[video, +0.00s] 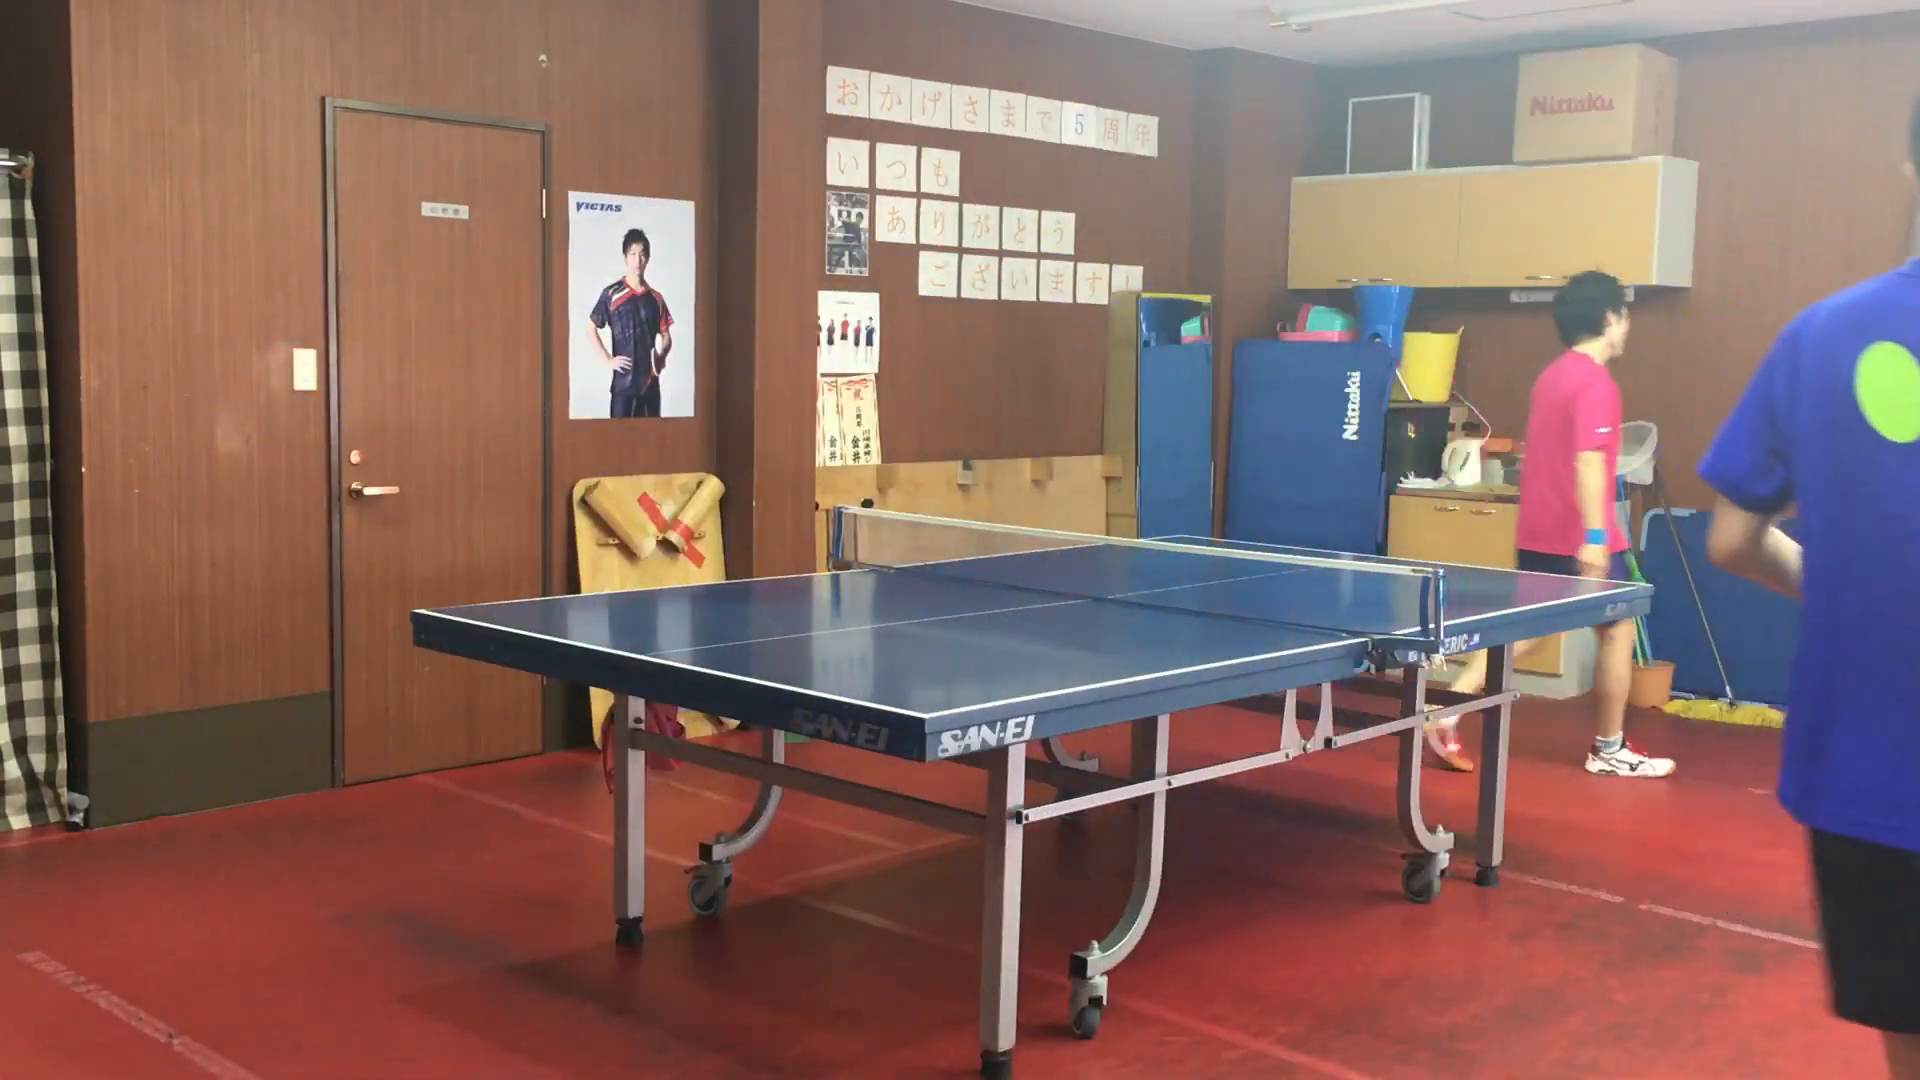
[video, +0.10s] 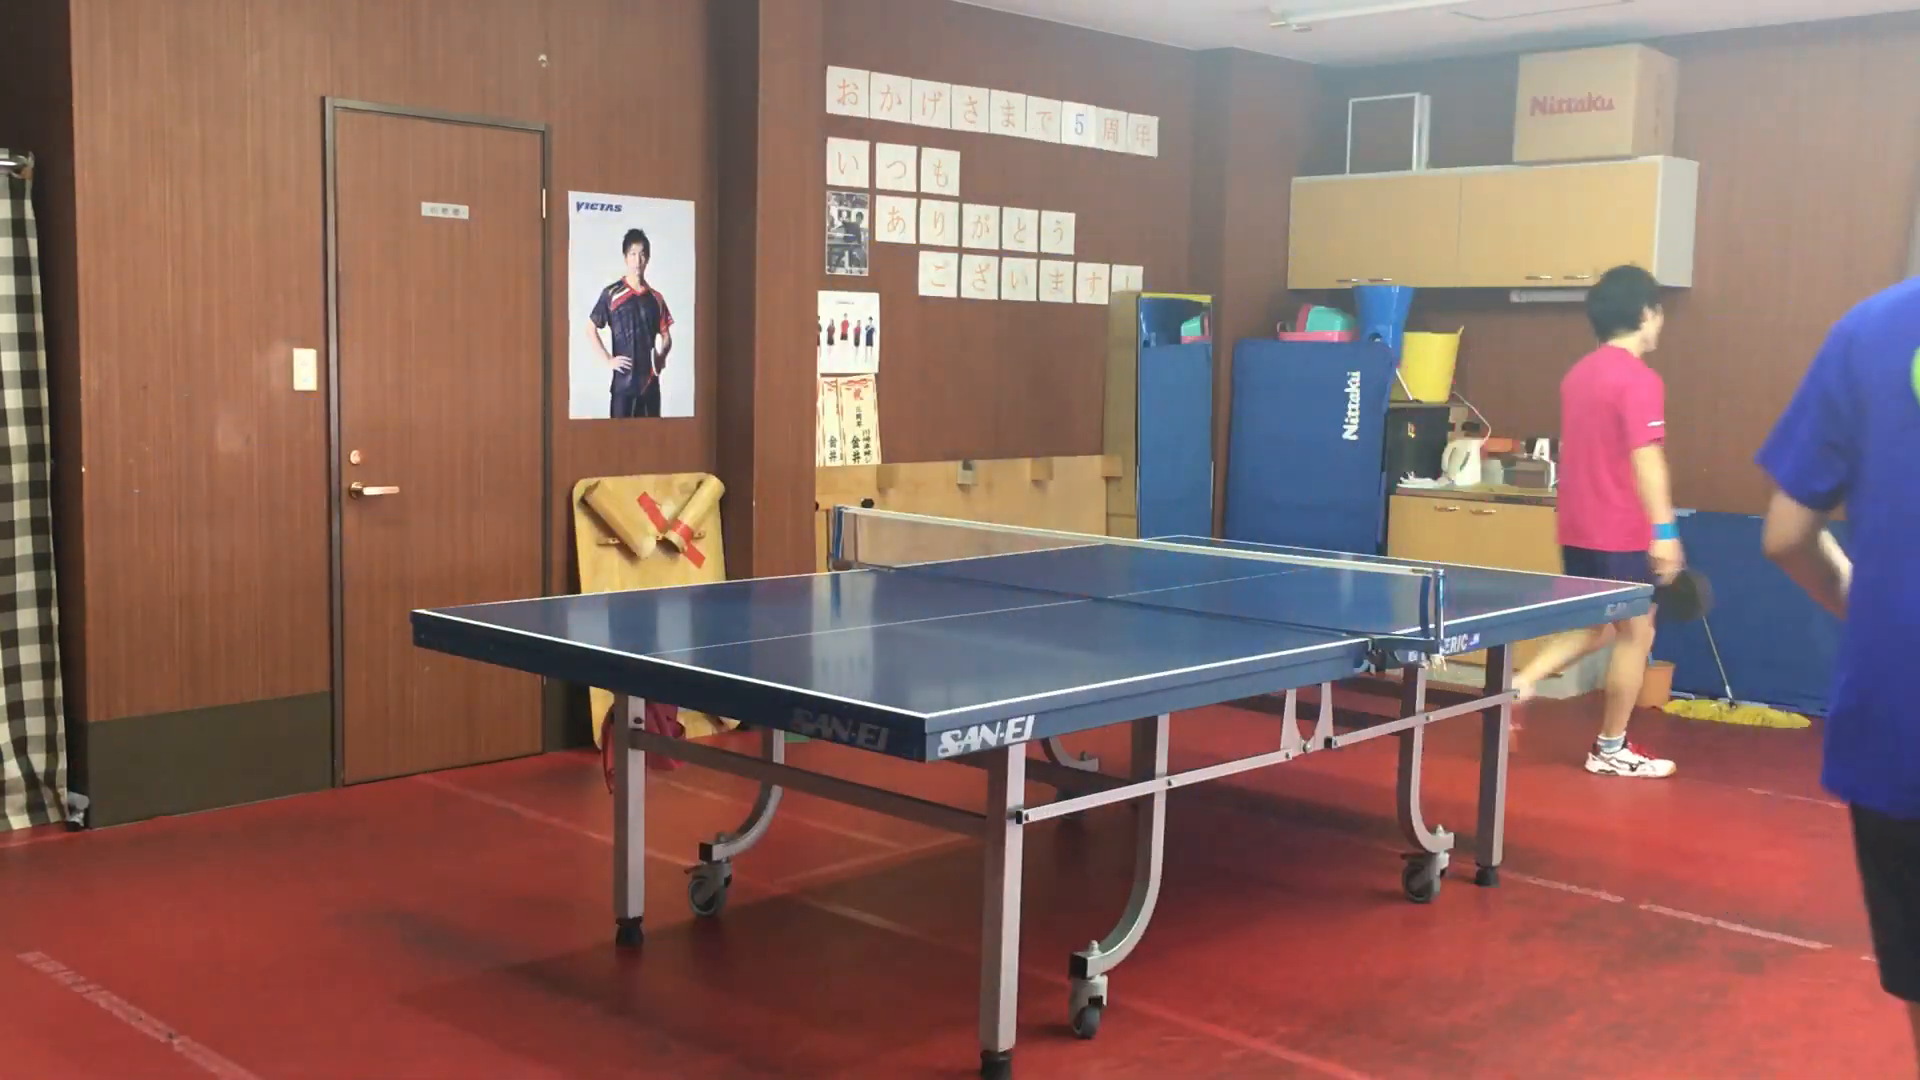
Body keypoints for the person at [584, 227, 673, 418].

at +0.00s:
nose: (638, 260)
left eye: (643, 254)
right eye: (633, 254)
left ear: (648, 258)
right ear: (625, 257)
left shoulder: (655, 297)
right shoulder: (611, 294)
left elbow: (665, 335)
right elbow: (591, 328)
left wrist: (661, 356)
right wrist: (608, 359)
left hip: (650, 377)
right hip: (624, 378)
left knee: (650, 435)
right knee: (621, 435)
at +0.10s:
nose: (638, 260)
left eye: (643, 254)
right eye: (633, 254)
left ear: (648, 258)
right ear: (625, 258)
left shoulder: (655, 297)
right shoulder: (611, 294)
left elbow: (665, 335)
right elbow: (591, 327)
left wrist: (661, 356)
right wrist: (608, 359)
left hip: (649, 377)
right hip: (624, 378)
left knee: (650, 435)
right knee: (621, 435)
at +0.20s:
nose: (638, 260)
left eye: (643, 254)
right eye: (633, 254)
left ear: (648, 258)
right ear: (625, 257)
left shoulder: (655, 297)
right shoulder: (611, 294)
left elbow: (665, 335)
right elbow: (591, 327)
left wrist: (661, 356)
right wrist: (608, 359)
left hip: (649, 378)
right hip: (624, 379)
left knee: (650, 436)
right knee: (621, 436)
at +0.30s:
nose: (638, 260)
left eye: (643, 254)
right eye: (633, 254)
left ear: (648, 258)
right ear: (625, 257)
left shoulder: (655, 297)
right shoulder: (611, 294)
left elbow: (665, 336)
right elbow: (591, 328)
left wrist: (661, 356)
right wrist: (608, 359)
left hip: (650, 378)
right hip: (624, 379)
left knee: (650, 436)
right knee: (622, 436)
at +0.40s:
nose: (638, 259)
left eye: (643, 254)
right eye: (633, 254)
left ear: (648, 258)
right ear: (625, 257)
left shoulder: (655, 297)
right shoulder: (611, 294)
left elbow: (665, 336)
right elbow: (591, 328)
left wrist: (661, 355)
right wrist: (608, 359)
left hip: (650, 378)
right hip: (624, 379)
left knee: (650, 436)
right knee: (622, 436)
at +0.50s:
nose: (638, 259)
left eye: (643, 254)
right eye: (633, 254)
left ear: (648, 258)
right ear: (625, 257)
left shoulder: (655, 297)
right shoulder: (611, 294)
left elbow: (665, 336)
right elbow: (591, 328)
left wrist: (661, 356)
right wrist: (608, 359)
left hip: (650, 378)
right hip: (624, 379)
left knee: (650, 436)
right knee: (622, 436)